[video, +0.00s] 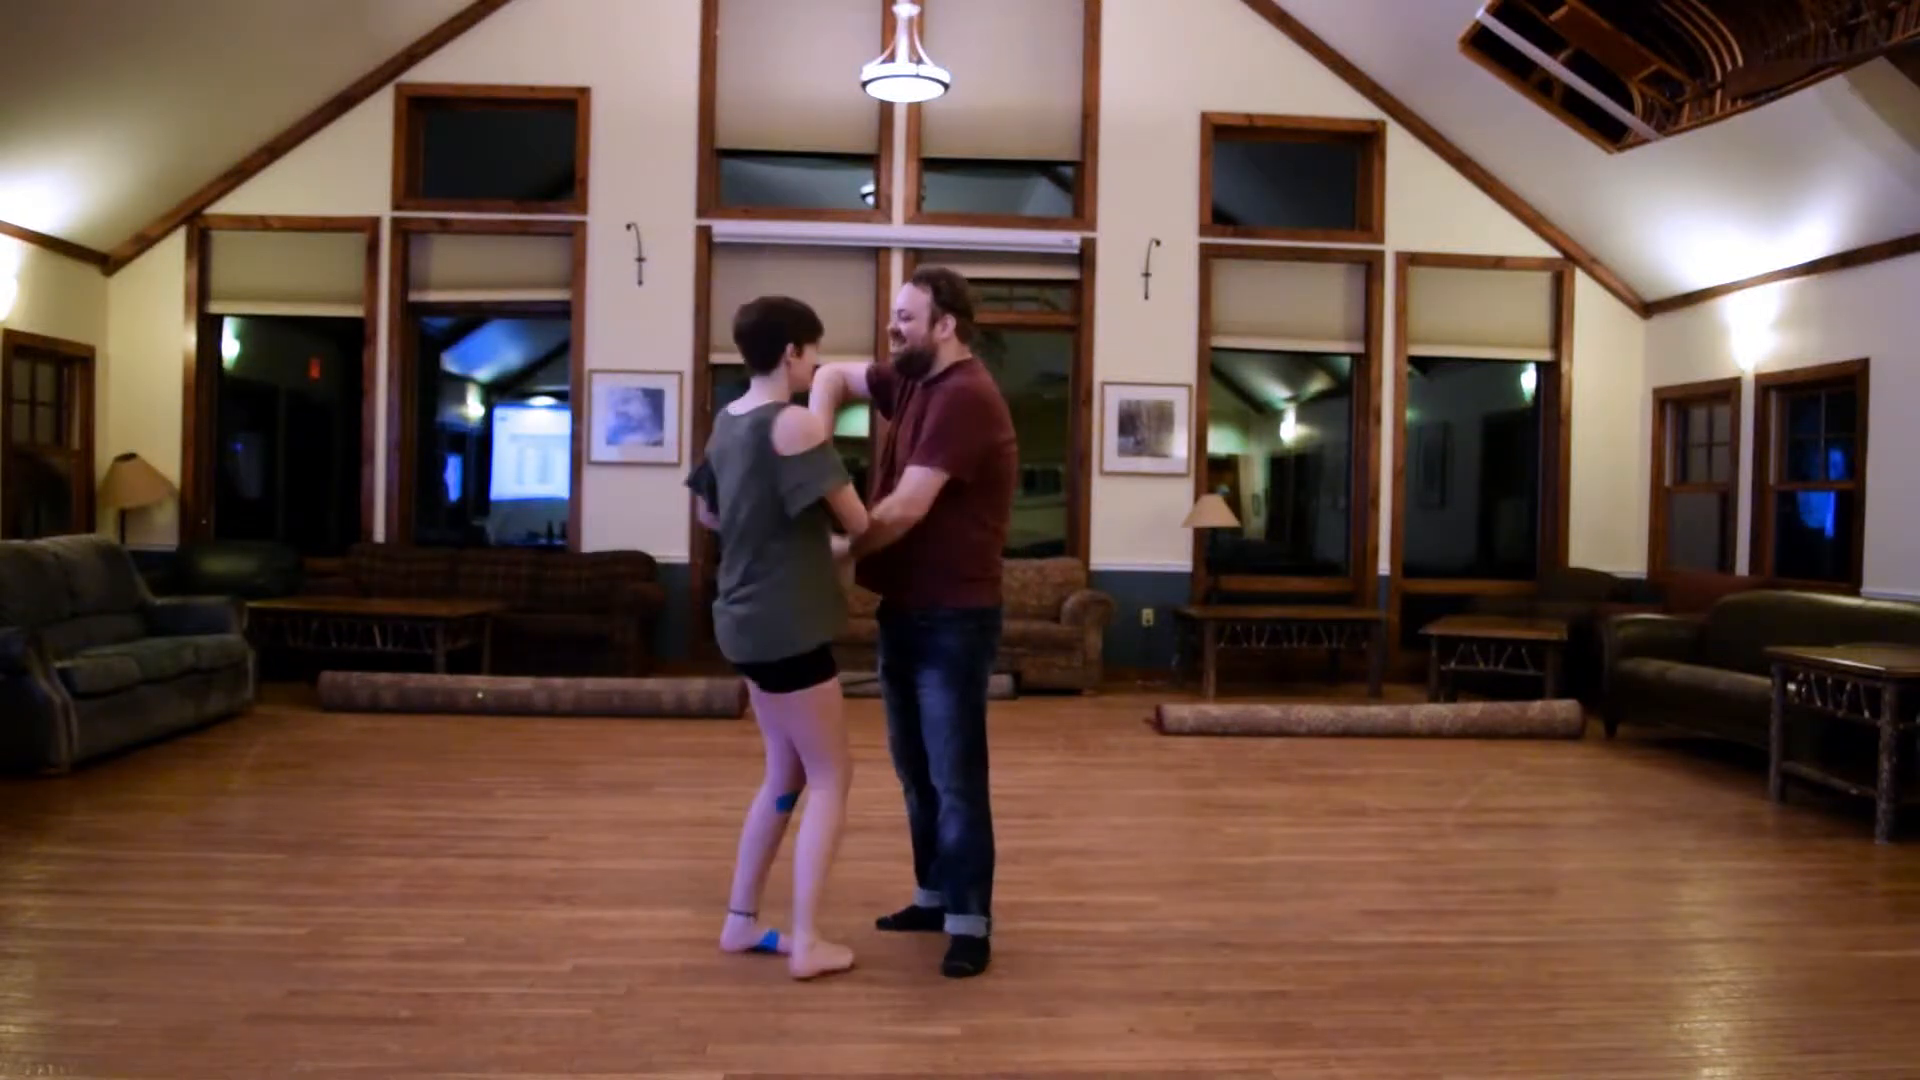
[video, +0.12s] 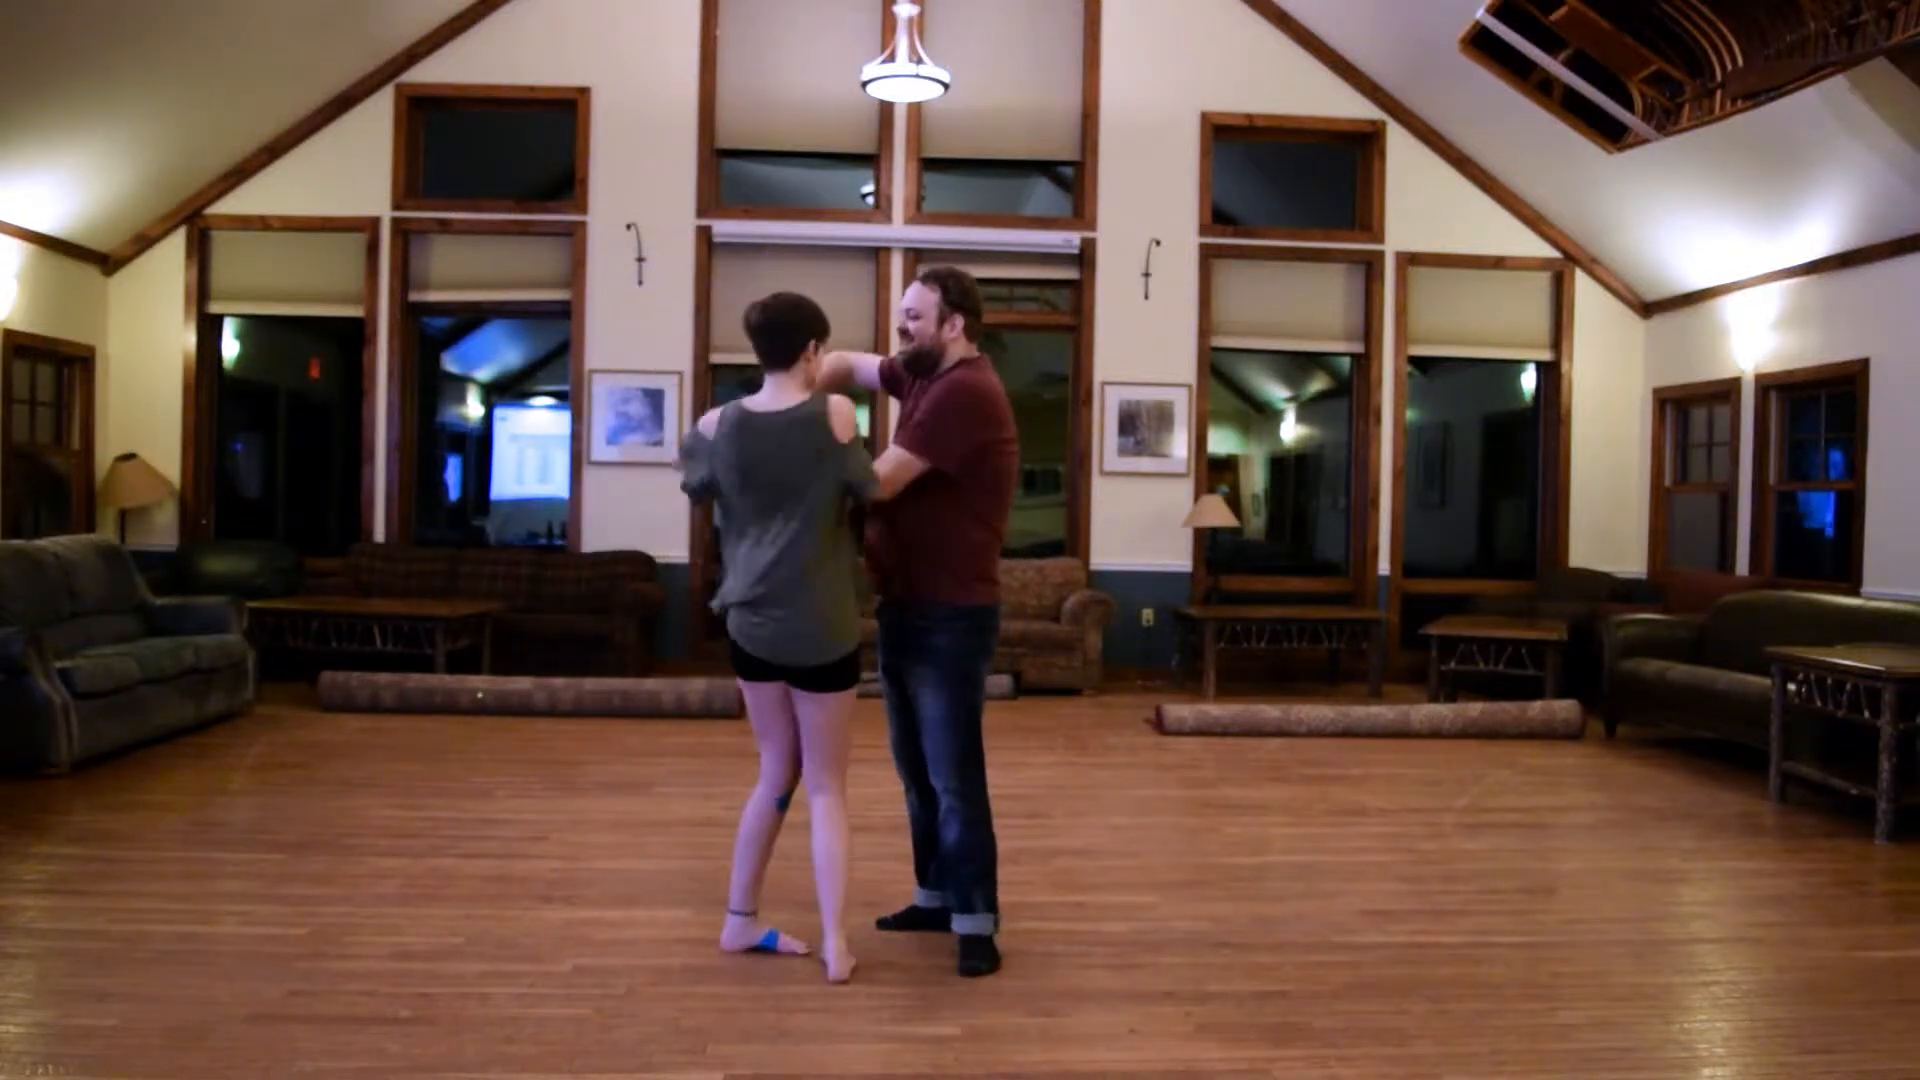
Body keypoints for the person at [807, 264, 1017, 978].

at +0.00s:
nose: (894, 329)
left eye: (906, 318)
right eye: (894, 318)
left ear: (946, 325)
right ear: (911, 325)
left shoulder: (964, 394)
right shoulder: (906, 379)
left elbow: (907, 506)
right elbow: (831, 374)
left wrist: (850, 542)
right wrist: (814, 437)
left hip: (956, 610)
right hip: (905, 604)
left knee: (954, 770)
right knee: (914, 763)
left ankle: (971, 919)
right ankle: (934, 896)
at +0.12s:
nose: (901, 331)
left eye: (913, 320)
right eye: (901, 320)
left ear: (955, 326)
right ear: (919, 325)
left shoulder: (965, 391)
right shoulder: (919, 374)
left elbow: (876, 483)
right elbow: (841, 365)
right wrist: (799, 388)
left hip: (952, 610)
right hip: (907, 604)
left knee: (952, 770)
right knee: (916, 765)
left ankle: (977, 921)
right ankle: (936, 897)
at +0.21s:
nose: (907, 327)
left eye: (920, 317)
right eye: (907, 316)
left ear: (961, 323)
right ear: (928, 322)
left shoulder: (971, 388)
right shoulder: (926, 370)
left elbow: (869, 454)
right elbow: (845, 353)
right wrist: (773, 364)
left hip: (951, 608)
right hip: (905, 603)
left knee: (954, 772)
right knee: (916, 765)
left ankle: (979, 926)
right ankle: (940, 901)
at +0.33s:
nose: (913, 321)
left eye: (927, 312)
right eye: (914, 311)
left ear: (968, 322)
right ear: (944, 321)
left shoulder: (977, 380)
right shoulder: (940, 368)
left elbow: (864, 399)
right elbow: (868, 336)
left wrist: (790, 352)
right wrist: (793, 303)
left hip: (953, 604)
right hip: (907, 599)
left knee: (956, 771)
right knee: (918, 765)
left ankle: (980, 921)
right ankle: (938, 898)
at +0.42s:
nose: (915, 317)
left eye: (930, 307)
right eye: (915, 307)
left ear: (971, 318)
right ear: (920, 319)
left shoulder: (984, 376)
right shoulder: (933, 372)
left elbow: (880, 365)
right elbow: (871, 345)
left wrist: (816, 311)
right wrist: (815, 288)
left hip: (955, 602)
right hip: (904, 599)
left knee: (958, 770)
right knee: (919, 767)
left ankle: (980, 921)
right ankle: (940, 899)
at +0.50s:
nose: (916, 315)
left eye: (931, 305)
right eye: (917, 305)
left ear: (972, 315)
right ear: (931, 315)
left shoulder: (987, 375)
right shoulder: (936, 375)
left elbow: (887, 354)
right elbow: (870, 346)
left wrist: (841, 284)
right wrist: (834, 281)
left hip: (955, 602)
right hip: (904, 599)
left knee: (959, 771)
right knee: (919, 767)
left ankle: (981, 921)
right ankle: (941, 899)